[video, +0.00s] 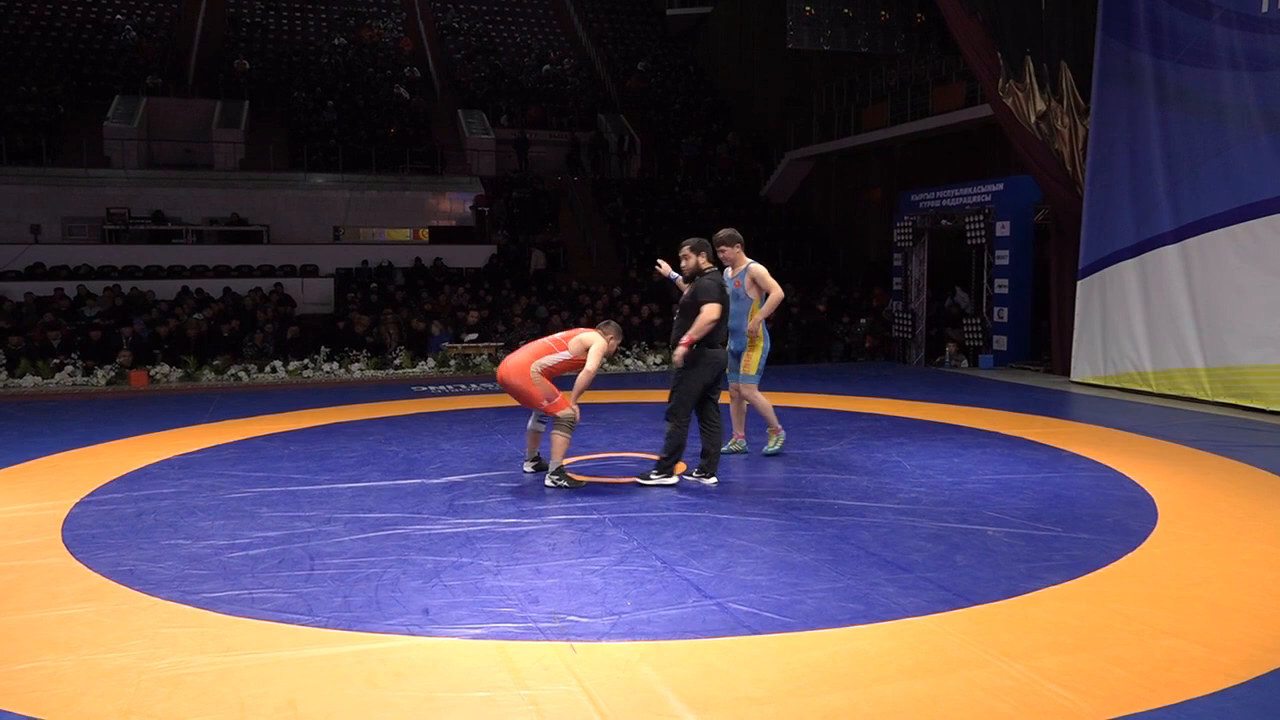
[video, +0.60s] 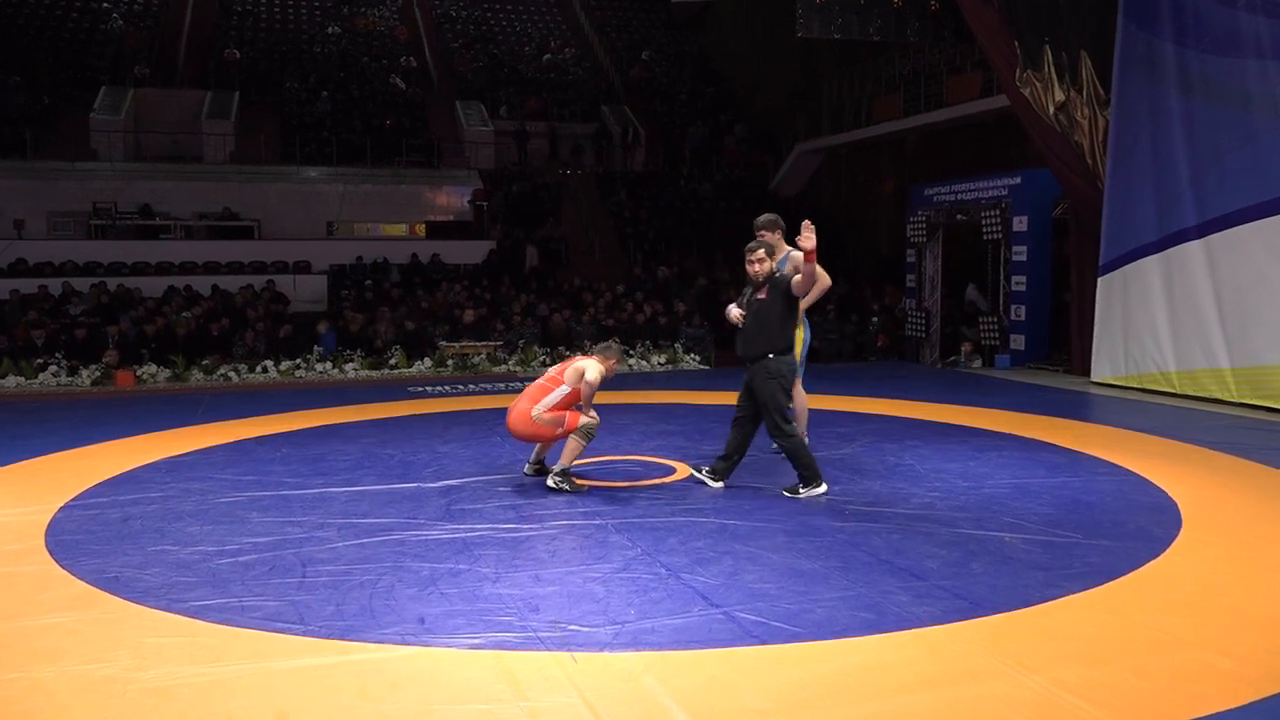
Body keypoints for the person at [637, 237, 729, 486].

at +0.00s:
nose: (682, 263)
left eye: (686, 258)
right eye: (681, 259)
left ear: (702, 257)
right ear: (701, 259)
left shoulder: (707, 282)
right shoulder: (710, 279)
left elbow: (711, 315)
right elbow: (692, 295)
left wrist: (685, 343)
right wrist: (672, 276)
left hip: (700, 355)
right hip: (713, 354)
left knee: (677, 411)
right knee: (708, 413)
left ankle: (665, 469)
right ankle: (707, 470)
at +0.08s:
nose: (693, 262)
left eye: (698, 257)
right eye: (690, 258)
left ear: (713, 257)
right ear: (691, 260)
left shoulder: (719, 279)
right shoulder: (707, 280)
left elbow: (728, 309)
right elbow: (695, 293)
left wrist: (705, 337)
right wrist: (674, 278)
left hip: (707, 356)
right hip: (714, 355)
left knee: (688, 412)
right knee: (712, 415)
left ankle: (687, 471)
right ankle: (710, 470)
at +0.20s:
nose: (708, 262)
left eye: (713, 256)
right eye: (704, 258)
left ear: (726, 257)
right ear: (701, 261)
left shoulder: (732, 278)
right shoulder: (711, 284)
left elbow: (748, 293)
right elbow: (705, 303)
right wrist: (687, 296)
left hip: (721, 354)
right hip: (708, 354)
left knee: (707, 411)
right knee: (713, 412)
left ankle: (722, 469)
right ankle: (713, 464)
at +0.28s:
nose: (717, 262)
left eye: (722, 257)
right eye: (712, 258)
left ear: (733, 258)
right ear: (707, 262)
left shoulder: (739, 279)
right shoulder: (714, 285)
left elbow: (752, 286)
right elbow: (712, 312)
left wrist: (763, 287)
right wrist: (697, 305)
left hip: (728, 354)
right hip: (713, 354)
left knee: (717, 412)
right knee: (716, 413)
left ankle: (749, 465)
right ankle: (713, 467)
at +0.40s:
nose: (730, 263)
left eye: (736, 257)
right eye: (726, 258)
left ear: (746, 259)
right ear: (720, 262)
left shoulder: (754, 280)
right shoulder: (723, 287)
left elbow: (775, 285)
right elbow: (708, 306)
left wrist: (785, 268)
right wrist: (704, 304)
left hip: (740, 357)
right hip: (722, 357)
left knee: (735, 415)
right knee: (721, 416)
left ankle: (782, 460)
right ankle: (714, 470)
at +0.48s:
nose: (740, 265)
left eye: (745, 259)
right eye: (735, 260)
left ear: (757, 259)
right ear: (730, 263)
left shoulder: (766, 282)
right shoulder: (734, 287)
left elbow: (788, 283)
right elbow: (719, 307)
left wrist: (795, 259)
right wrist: (714, 305)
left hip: (752, 360)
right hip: (734, 360)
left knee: (752, 421)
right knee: (728, 420)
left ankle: (795, 467)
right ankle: (714, 471)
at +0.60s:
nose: (755, 267)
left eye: (760, 261)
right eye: (750, 263)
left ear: (772, 262)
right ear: (746, 267)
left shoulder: (784, 284)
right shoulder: (750, 291)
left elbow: (806, 282)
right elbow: (737, 309)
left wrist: (809, 254)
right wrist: (731, 310)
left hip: (775, 365)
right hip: (757, 366)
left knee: (780, 427)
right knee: (744, 423)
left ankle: (813, 480)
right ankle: (719, 472)